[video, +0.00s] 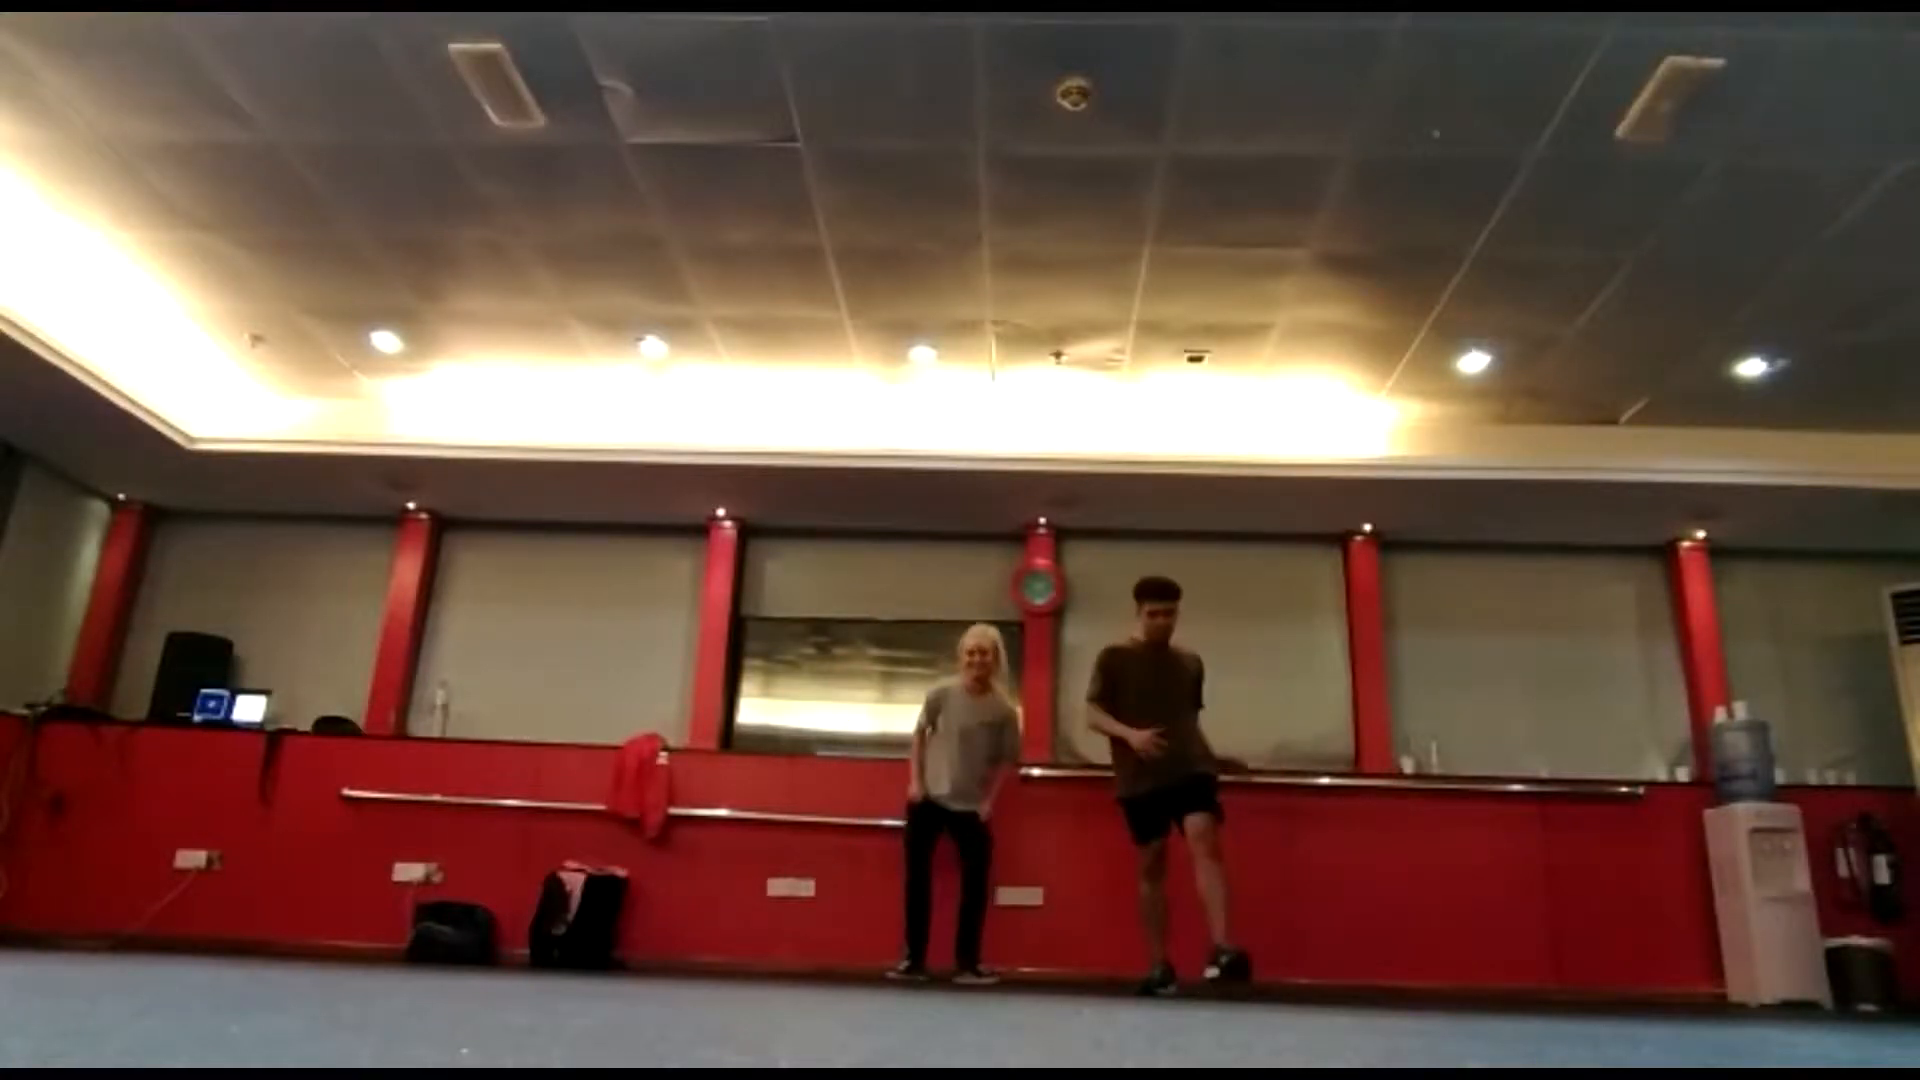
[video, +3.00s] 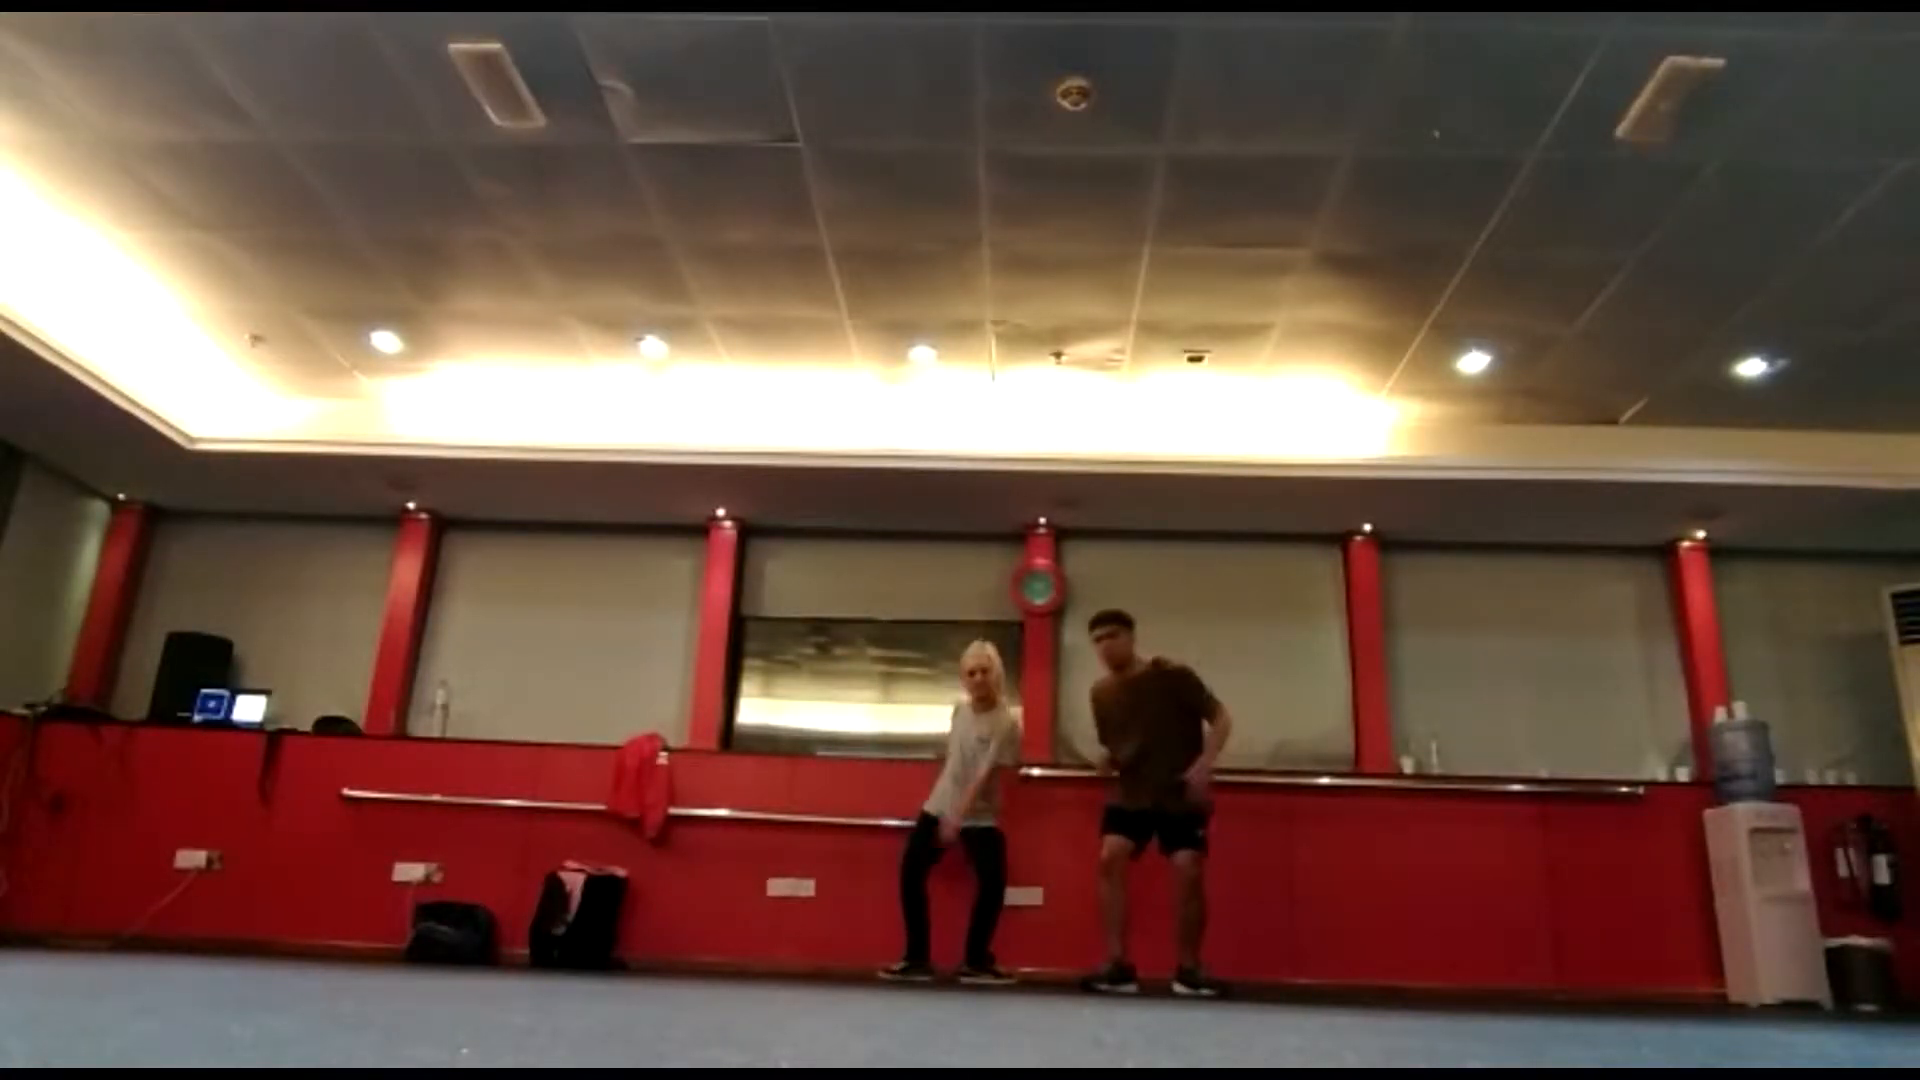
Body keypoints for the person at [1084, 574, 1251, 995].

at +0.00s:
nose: (1159, 621)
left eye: (1166, 614)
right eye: (1152, 614)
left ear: (1177, 614)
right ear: (1138, 614)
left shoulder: (1189, 664)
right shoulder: (1114, 659)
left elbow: (1190, 722)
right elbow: (1093, 715)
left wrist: (1213, 760)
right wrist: (1131, 735)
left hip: (1187, 770)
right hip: (1140, 777)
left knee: (1203, 836)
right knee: (1152, 862)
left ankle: (1221, 948)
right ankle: (1158, 963)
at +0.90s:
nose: (1116, 653)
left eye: (1113, 643)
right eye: (1109, 646)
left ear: (1130, 625)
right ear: (1130, 629)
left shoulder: (1177, 656)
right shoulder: (1161, 661)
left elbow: (1179, 716)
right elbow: (1169, 725)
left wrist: (1144, 773)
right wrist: (1151, 773)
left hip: (1189, 779)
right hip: (1166, 780)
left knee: (1170, 856)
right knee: (1149, 859)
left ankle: (1198, 968)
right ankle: (1173, 963)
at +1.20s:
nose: (1101, 671)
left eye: (1097, 662)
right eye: (1094, 667)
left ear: (1110, 642)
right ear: (1104, 652)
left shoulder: (1170, 662)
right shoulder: (1132, 684)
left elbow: (1195, 715)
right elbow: (1152, 744)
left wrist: (1151, 766)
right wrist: (1125, 720)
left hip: (1197, 773)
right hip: (1160, 778)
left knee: (1188, 852)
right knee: (1141, 859)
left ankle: (1204, 969)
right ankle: (1170, 964)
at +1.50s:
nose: (1137, 655)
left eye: (1142, 645)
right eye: (1128, 647)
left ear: (1153, 637)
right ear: (1117, 644)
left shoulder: (1185, 664)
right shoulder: (1108, 680)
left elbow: (1233, 699)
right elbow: (1108, 733)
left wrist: (1185, 701)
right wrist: (1131, 684)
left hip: (1194, 779)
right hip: (1142, 782)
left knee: (1214, 862)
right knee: (1128, 861)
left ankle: (1203, 955)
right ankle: (1170, 962)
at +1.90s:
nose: (1204, 658)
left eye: (1211, 652)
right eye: (1200, 649)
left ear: (1218, 647)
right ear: (1188, 636)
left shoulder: (1215, 674)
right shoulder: (1148, 663)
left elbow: (1221, 720)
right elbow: (1118, 712)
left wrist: (1236, 733)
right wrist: (1172, 714)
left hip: (1194, 788)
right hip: (1150, 787)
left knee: (1195, 875)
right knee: (1152, 868)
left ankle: (1189, 966)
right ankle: (1158, 960)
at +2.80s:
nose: (1144, 639)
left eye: (1150, 629)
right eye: (1137, 632)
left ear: (1169, 630)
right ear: (1131, 639)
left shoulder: (1204, 681)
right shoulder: (1135, 684)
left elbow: (1235, 738)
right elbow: (1118, 734)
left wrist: (1247, 728)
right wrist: (1123, 704)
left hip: (1194, 796)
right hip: (1145, 794)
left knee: (1194, 870)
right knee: (1120, 860)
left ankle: (1189, 969)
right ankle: (1120, 963)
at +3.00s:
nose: (1107, 647)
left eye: (1112, 637)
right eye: (1099, 641)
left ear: (1131, 638)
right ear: (1094, 648)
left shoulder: (1173, 677)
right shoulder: (1103, 693)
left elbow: (1220, 719)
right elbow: (1111, 746)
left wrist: (1204, 766)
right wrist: (1110, 765)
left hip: (1179, 790)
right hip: (1132, 792)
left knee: (1188, 867)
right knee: (1110, 858)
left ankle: (1189, 967)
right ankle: (1118, 962)